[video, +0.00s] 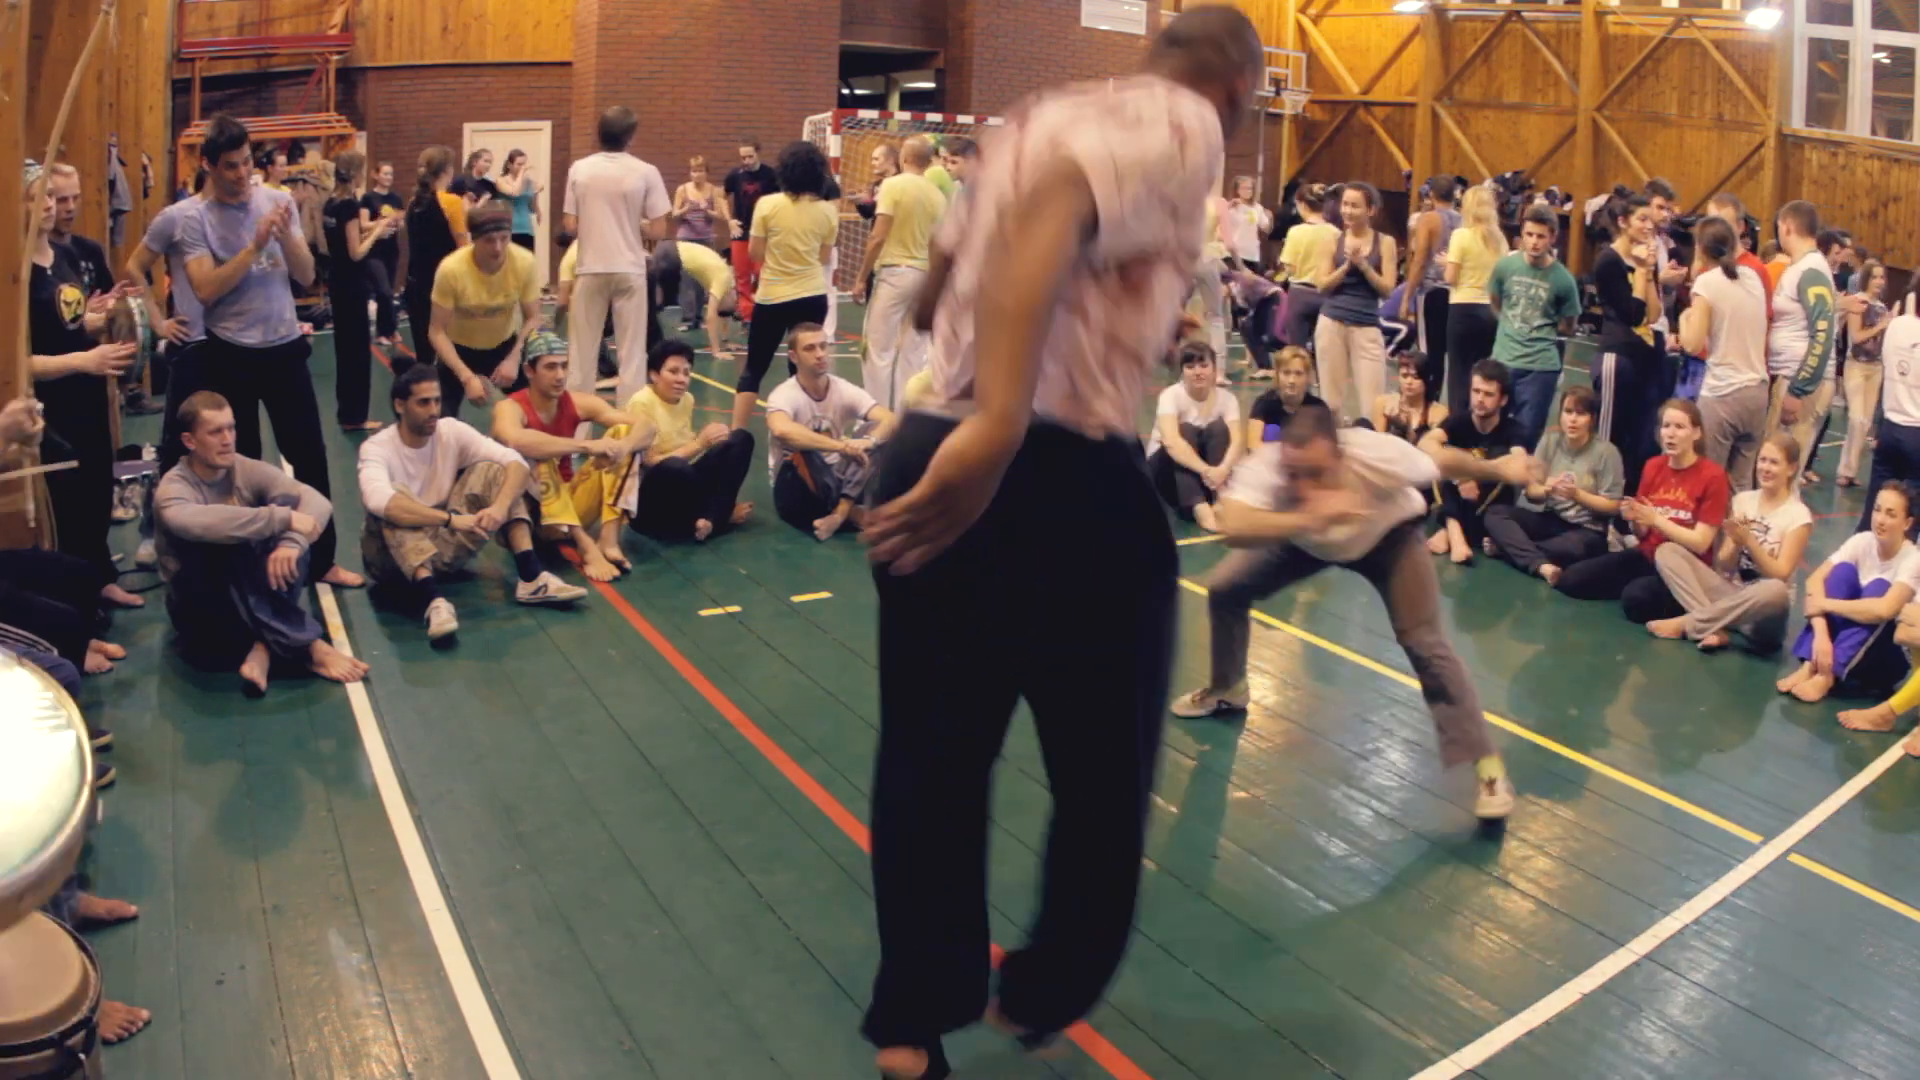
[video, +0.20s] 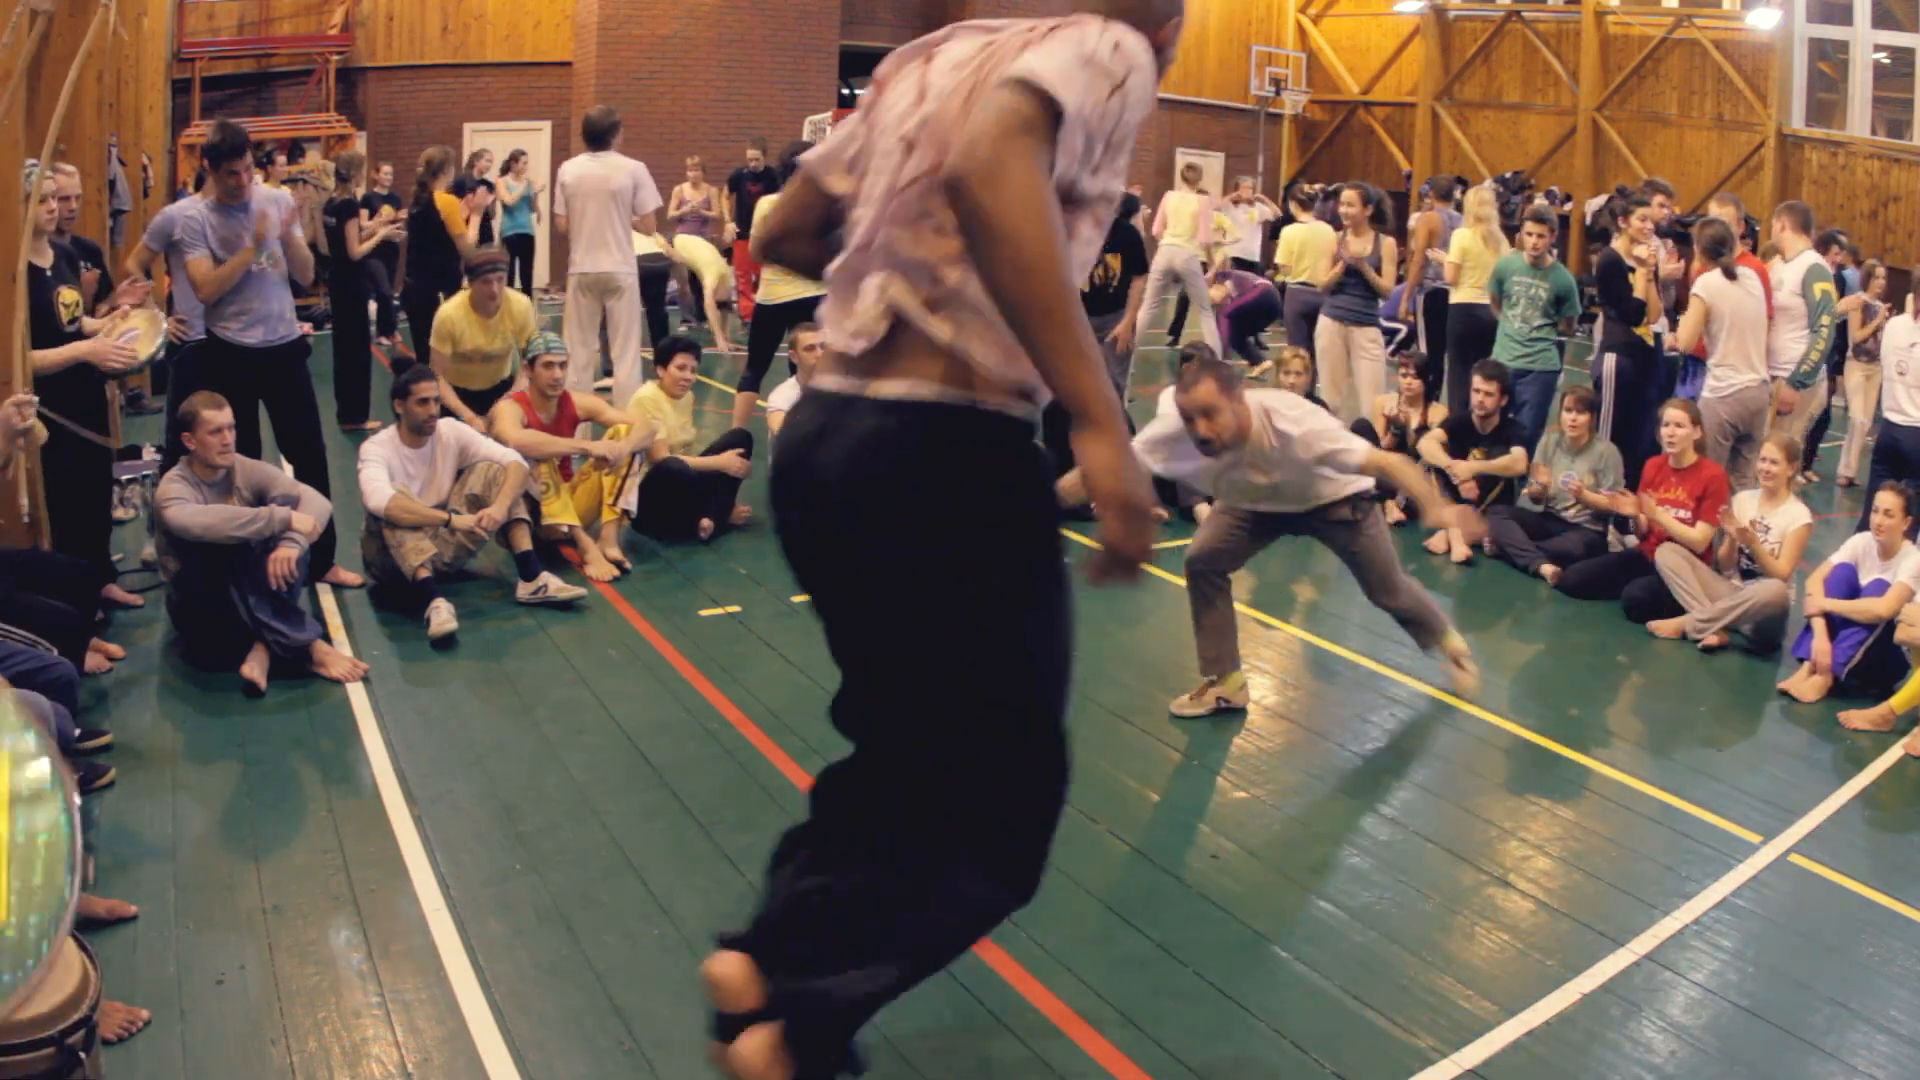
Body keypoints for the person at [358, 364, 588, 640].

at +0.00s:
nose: (434, 410)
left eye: (437, 401)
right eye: (424, 403)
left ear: (442, 401)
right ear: (399, 405)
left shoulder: (451, 431)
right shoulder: (376, 449)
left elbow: (516, 464)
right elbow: (379, 502)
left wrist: (500, 509)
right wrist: (450, 519)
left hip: (449, 547)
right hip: (398, 554)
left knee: (491, 470)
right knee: (396, 498)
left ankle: (532, 577)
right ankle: (434, 602)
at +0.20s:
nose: (433, 411)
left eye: (436, 402)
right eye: (423, 403)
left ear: (440, 401)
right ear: (399, 405)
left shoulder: (451, 431)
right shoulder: (376, 449)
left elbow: (516, 464)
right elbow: (380, 502)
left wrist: (500, 508)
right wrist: (450, 519)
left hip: (449, 548)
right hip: (398, 555)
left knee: (490, 470)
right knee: (395, 497)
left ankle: (532, 577)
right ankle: (435, 601)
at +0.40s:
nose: (431, 409)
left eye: (434, 400)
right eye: (420, 402)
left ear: (439, 399)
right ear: (397, 405)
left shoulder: (449, 430)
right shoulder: (375, 449)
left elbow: (515, 463)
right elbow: (379, 502)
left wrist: (500, 508)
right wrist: (449, 519)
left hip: (448, 548)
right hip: (398, 553)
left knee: (491, 470)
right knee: (395, 498)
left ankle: (532, 577)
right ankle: (435, 602)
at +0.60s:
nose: (429, 410)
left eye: (433, 400)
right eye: (419, 402)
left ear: (439, 400)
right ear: (396, 407)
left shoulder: (449, 431)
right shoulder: (374, 450)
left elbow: (515, 463)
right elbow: (378, 502)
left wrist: (499, 508)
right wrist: (449, 519)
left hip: (448, 548)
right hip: (397, 554)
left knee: (490, 470)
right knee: (395, 498)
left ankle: (532, 577)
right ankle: (434, 602)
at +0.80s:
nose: (429, 410)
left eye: (434, 400)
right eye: (419, 402)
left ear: (439, 400)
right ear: (396, 407)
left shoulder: (449, 431)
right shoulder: (375, 450)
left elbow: (516, 463)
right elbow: (379, 502)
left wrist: (499, 508)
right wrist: (449, 519)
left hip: (448, 547)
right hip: (398, 554)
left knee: (491, 470)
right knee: (395, 499)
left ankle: (532, 577)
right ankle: (434, 602)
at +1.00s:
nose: (430, 410)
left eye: (434, 400)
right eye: (420, 402)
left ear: (440, 400)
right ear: (397, 407)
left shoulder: (450, 431)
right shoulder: (376, 449)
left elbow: (516, 463)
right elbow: (380, 502)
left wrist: (500, 509)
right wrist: (450, 519)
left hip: (448, 548)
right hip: (397, 554)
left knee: (492, 470)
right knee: (395, 498)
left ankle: (532, 577)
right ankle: (434, 601)